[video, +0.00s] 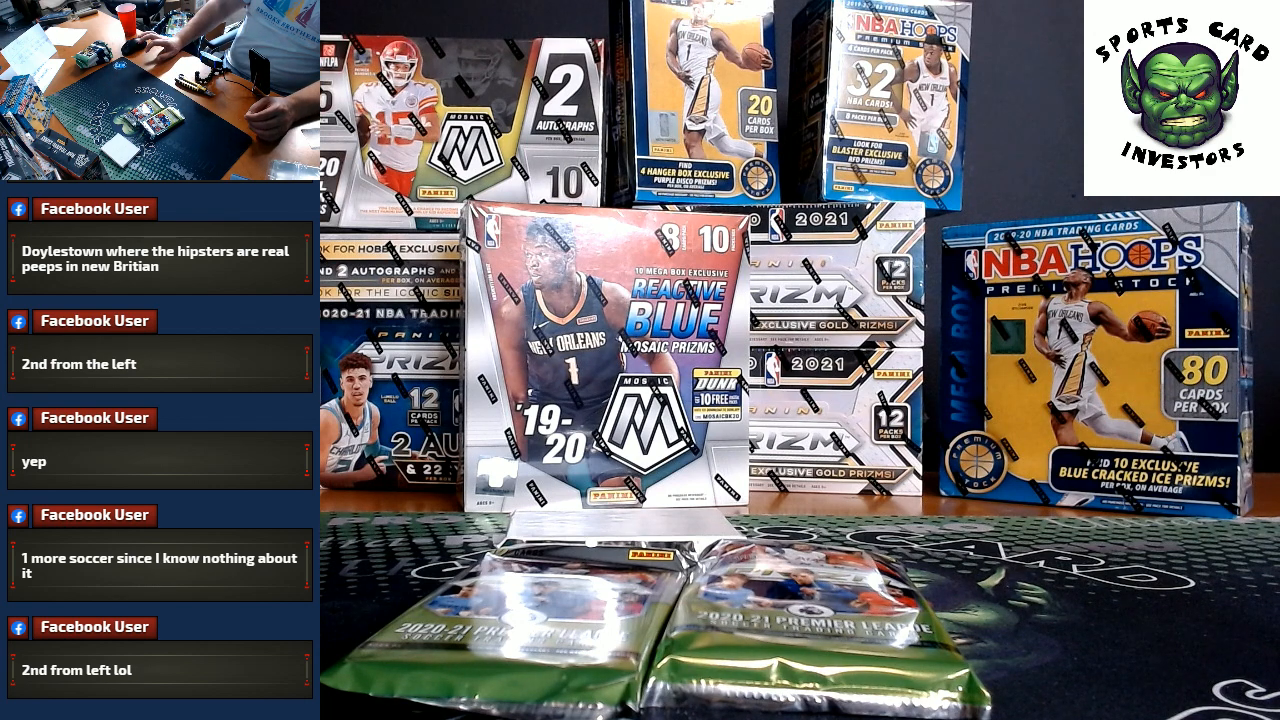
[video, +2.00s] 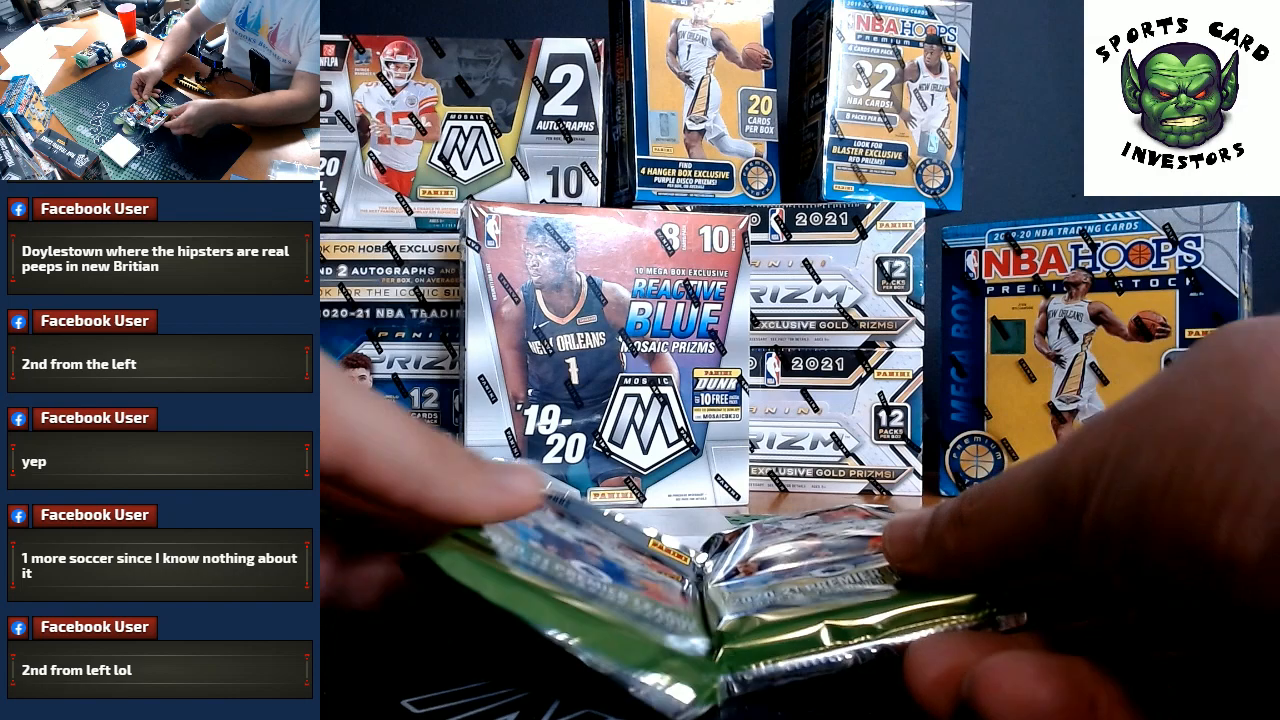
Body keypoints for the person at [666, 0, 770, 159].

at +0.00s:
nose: (697, 9)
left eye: (702, 6)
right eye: (694, 5)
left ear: (711, 12)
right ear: (691, 8)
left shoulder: (715, 34)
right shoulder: (678, 25)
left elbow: (739, 60)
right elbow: (670, 53)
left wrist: (764, 63)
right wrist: (678, 72)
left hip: (705, 87)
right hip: (692, 88)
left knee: (692, 141)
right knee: (725, 145)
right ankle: (767, 158)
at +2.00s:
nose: (697, 9)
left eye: (702, 6)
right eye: (695, 5)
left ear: (711, 11)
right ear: (691, 8)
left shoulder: (715, 34)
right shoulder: (678, 24)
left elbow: (739, 59)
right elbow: (670, 54)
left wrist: (764, 62)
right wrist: (678, 72)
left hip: (705, 87)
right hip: (692, 88)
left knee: (692, 141)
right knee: (725, 145)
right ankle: (765, 157)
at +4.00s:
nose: (693, 11)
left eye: (696, 7)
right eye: (688, 6)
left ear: (702, 8)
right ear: (683, 7)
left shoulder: (712, 30)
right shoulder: (679, 24)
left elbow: (734, 54)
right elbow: (671, 51)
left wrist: (757, 58)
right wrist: (678, 69)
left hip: (707, 85)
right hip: (692, 85)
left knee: (692, 138)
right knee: (723, 142)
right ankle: (757, 152)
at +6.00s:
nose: (694, 11)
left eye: (697, 8)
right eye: (689, 7)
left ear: (703, 8)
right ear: (684, 6)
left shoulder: (712, 31)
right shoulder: (679, 25)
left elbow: (734, 54)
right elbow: (671, 53)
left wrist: (757, 59)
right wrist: (678, 70)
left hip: (706, 84)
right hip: (692, 85)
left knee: (692, 138)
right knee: (724, 142)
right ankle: (757, 152)